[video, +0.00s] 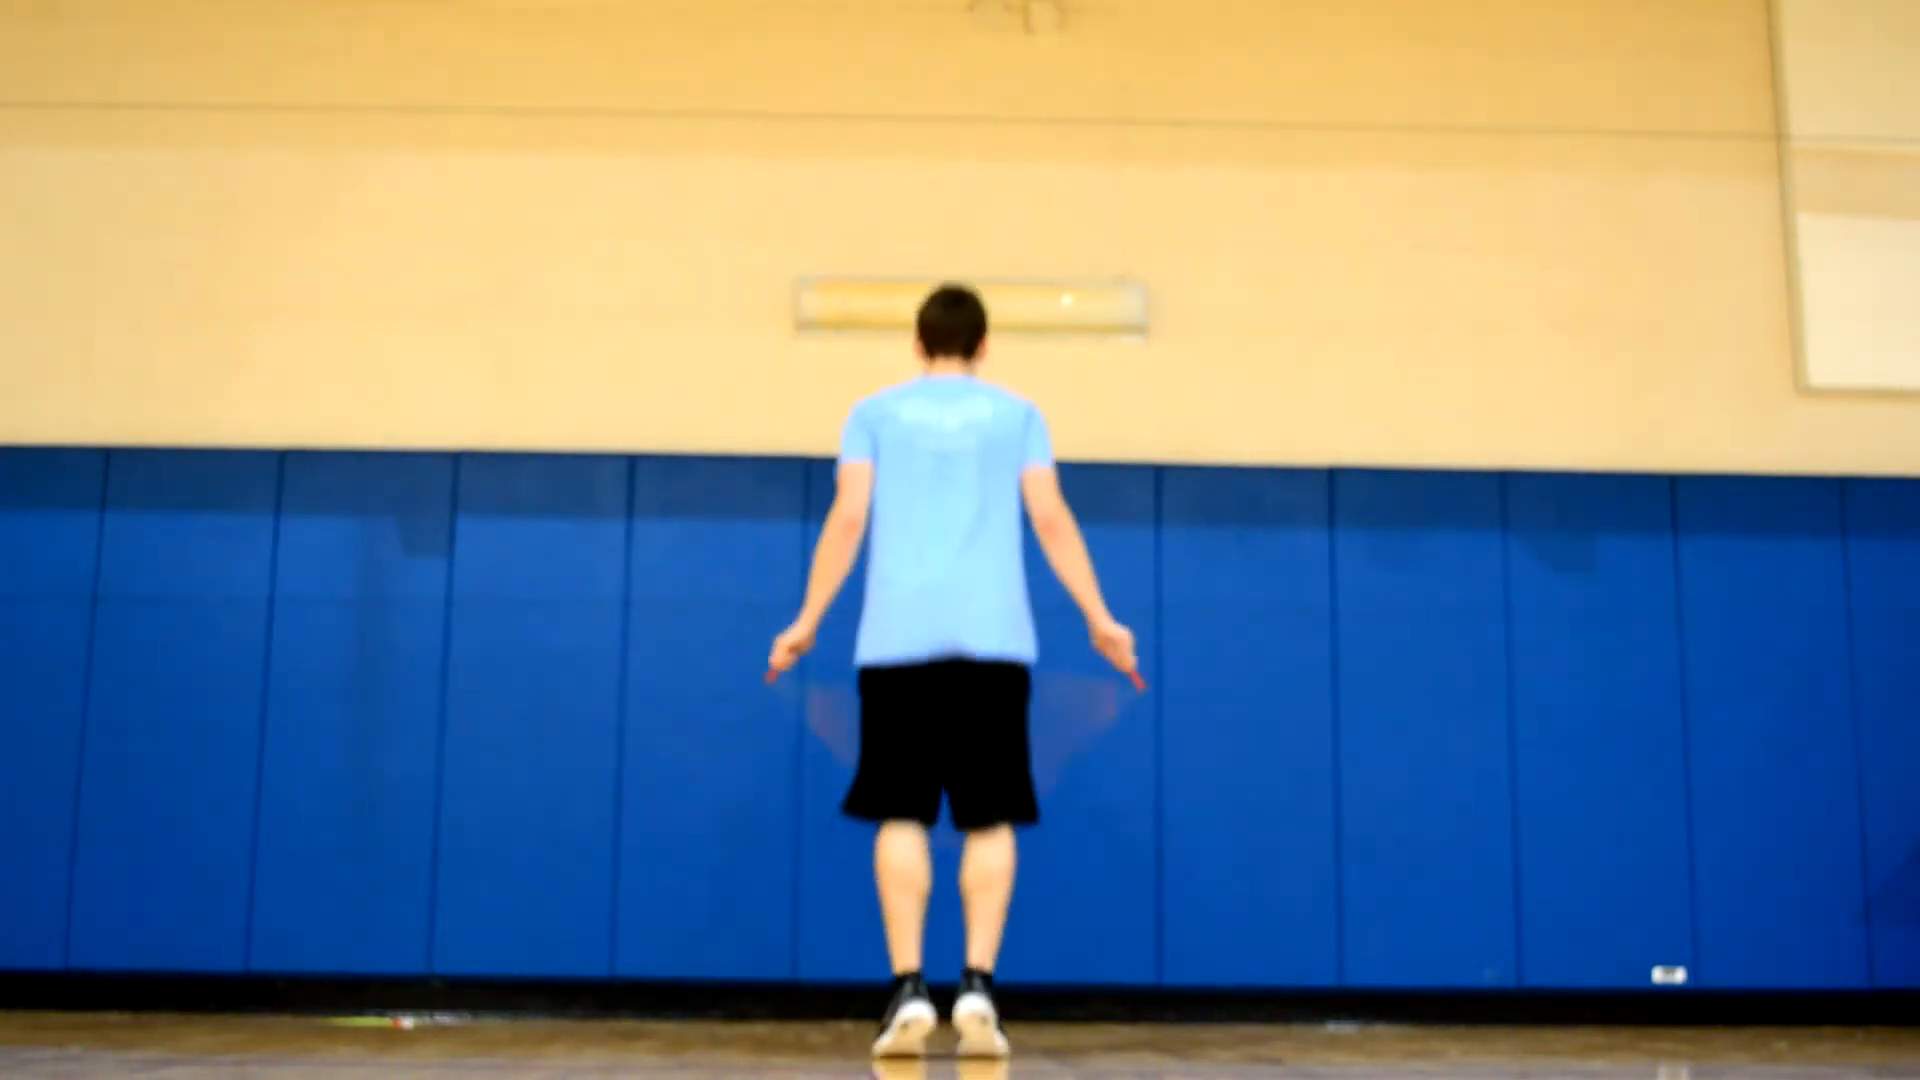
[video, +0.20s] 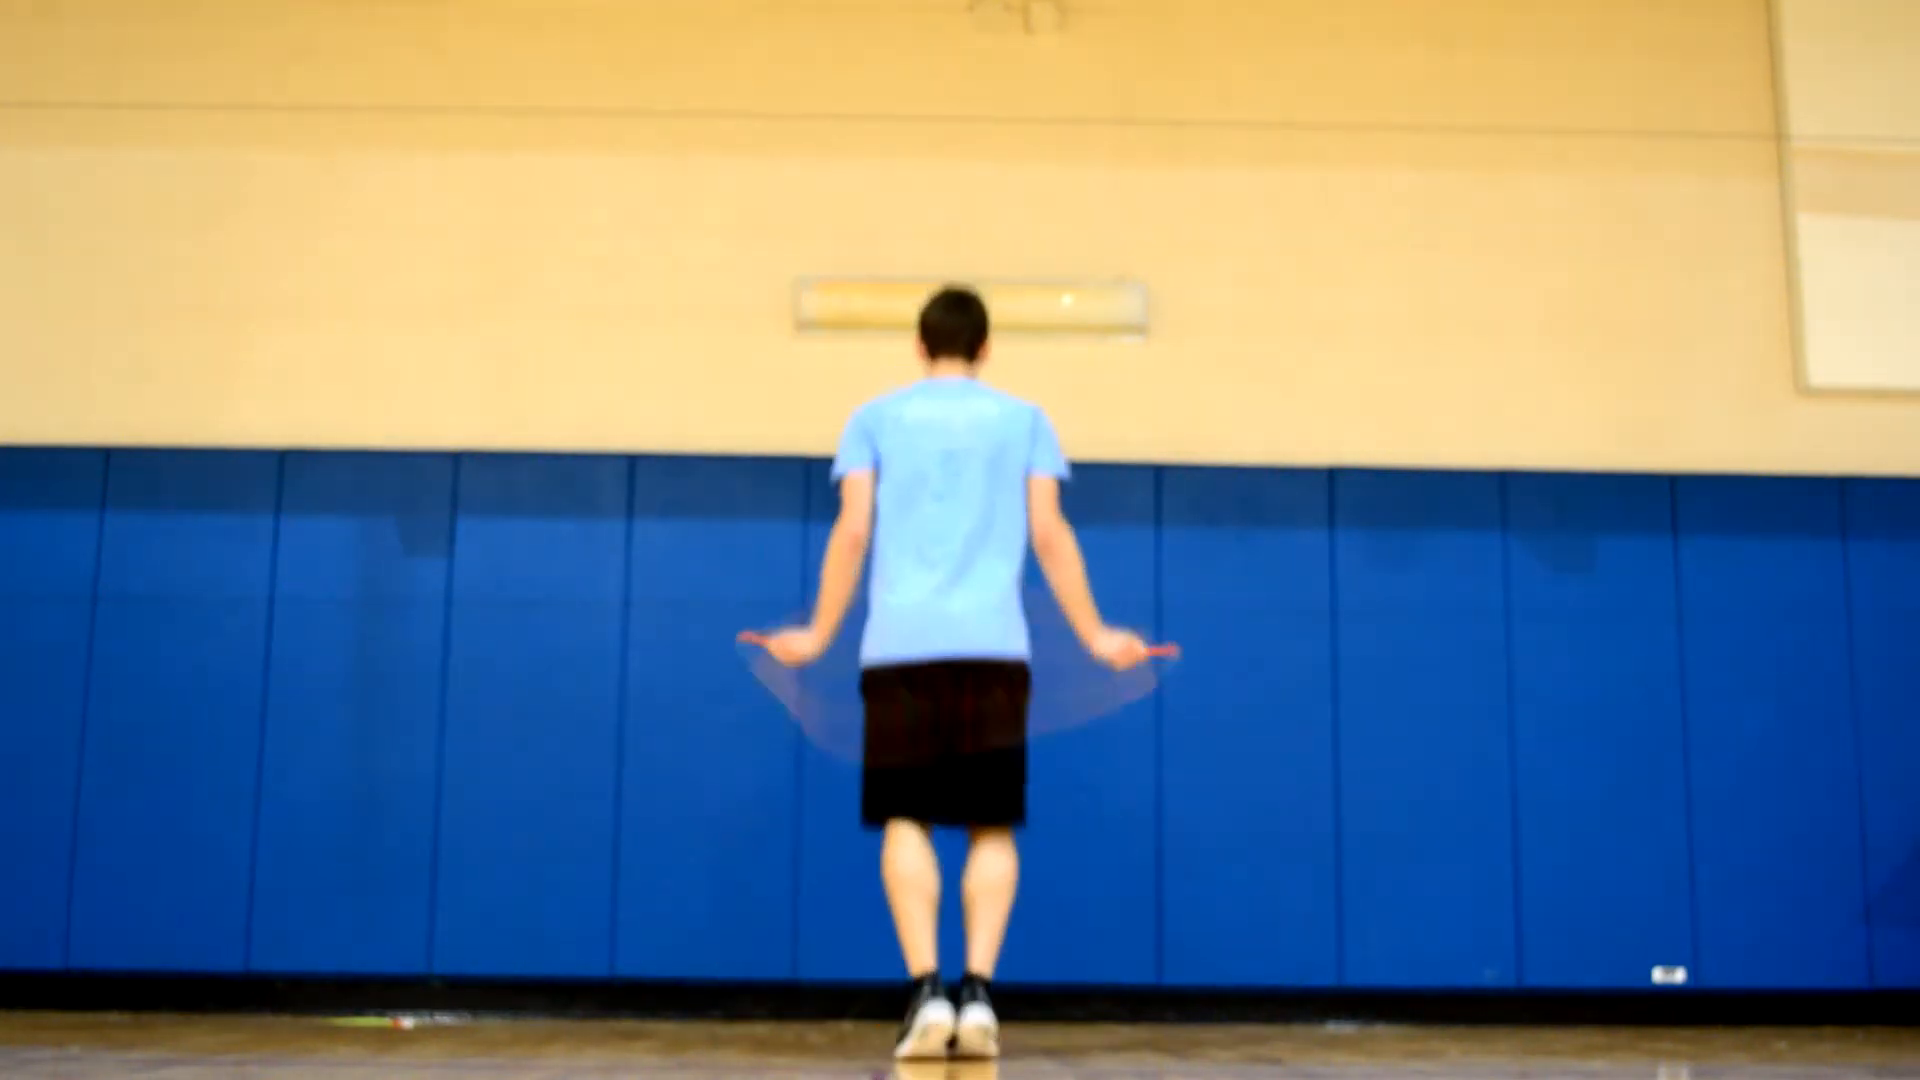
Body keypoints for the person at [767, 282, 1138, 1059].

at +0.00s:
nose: (959, 352)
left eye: (929, 339)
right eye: (976, 341)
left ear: (918, 342)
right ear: (984, 345)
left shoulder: (873, 414)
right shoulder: (1017, 416)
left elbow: (847, 525)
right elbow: (1052, 524)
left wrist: (807, 621)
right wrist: (1099, 620)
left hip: (898, 653)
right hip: (992, 653)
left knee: (901, 817)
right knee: (990, 819)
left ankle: (910, 990)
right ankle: (977, 988)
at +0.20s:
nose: (943, 355)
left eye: (926, 343)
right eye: (972, 344)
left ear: (918, 346)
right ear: (986, 348)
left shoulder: (874, 420)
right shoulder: (1024, 422)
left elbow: (853, 533)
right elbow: (1049, 535)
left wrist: (816, 634)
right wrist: (1095, 633)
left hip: (900, 661)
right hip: (993, 660)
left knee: (905, 820)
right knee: (993, 825)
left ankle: (928, 992)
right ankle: (976, 994)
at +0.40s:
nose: (960, 362)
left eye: (934, 349)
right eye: (978, 351)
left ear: (922, 353)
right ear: (987, 355)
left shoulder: (877, 425)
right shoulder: (1025, 429)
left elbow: (855, 543)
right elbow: (1051, 541)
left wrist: (826, 642)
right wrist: (1085, 635)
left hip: (902, 659)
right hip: (994, 661)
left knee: (907, 818)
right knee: (990, 822)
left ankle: (927, 983)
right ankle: (975, 984)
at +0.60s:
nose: (940, 335)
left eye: (925, 322)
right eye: (980, 325)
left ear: (920, 324)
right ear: (987, 327)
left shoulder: (880, 386)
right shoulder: (1021, 389)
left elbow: (854, 496)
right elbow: (1054, 499)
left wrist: (799, 591)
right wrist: (1114, 588)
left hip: (906, 610)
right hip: (993, 610)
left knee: (916, 779)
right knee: (987, 780)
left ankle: (932, 951)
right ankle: (973, 951)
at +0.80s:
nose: (945, 443)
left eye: (928, 432)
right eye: (971, 433)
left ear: (919, 439)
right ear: (985, 442)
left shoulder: (876, 508)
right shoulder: (1024, 514)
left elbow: (791, 583)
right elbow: (1119, 575)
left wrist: (695, 549)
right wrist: (1209, 538)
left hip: (896, 732)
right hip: (1000, 732)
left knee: (882, 888)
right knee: (1011, 880)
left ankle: (930, 1017)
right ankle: (973, 1014)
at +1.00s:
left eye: (934, 297)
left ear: (921, 297)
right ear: (985, 301)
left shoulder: (885, 326)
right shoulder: (1021, 341)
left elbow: (795, 410)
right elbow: (1107, 428)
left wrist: (743, 467)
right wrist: (1174, 488)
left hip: (900, 542)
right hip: (991, 545)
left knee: (910, 701)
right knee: (978, 701)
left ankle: (919, 874)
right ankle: (967, 868)